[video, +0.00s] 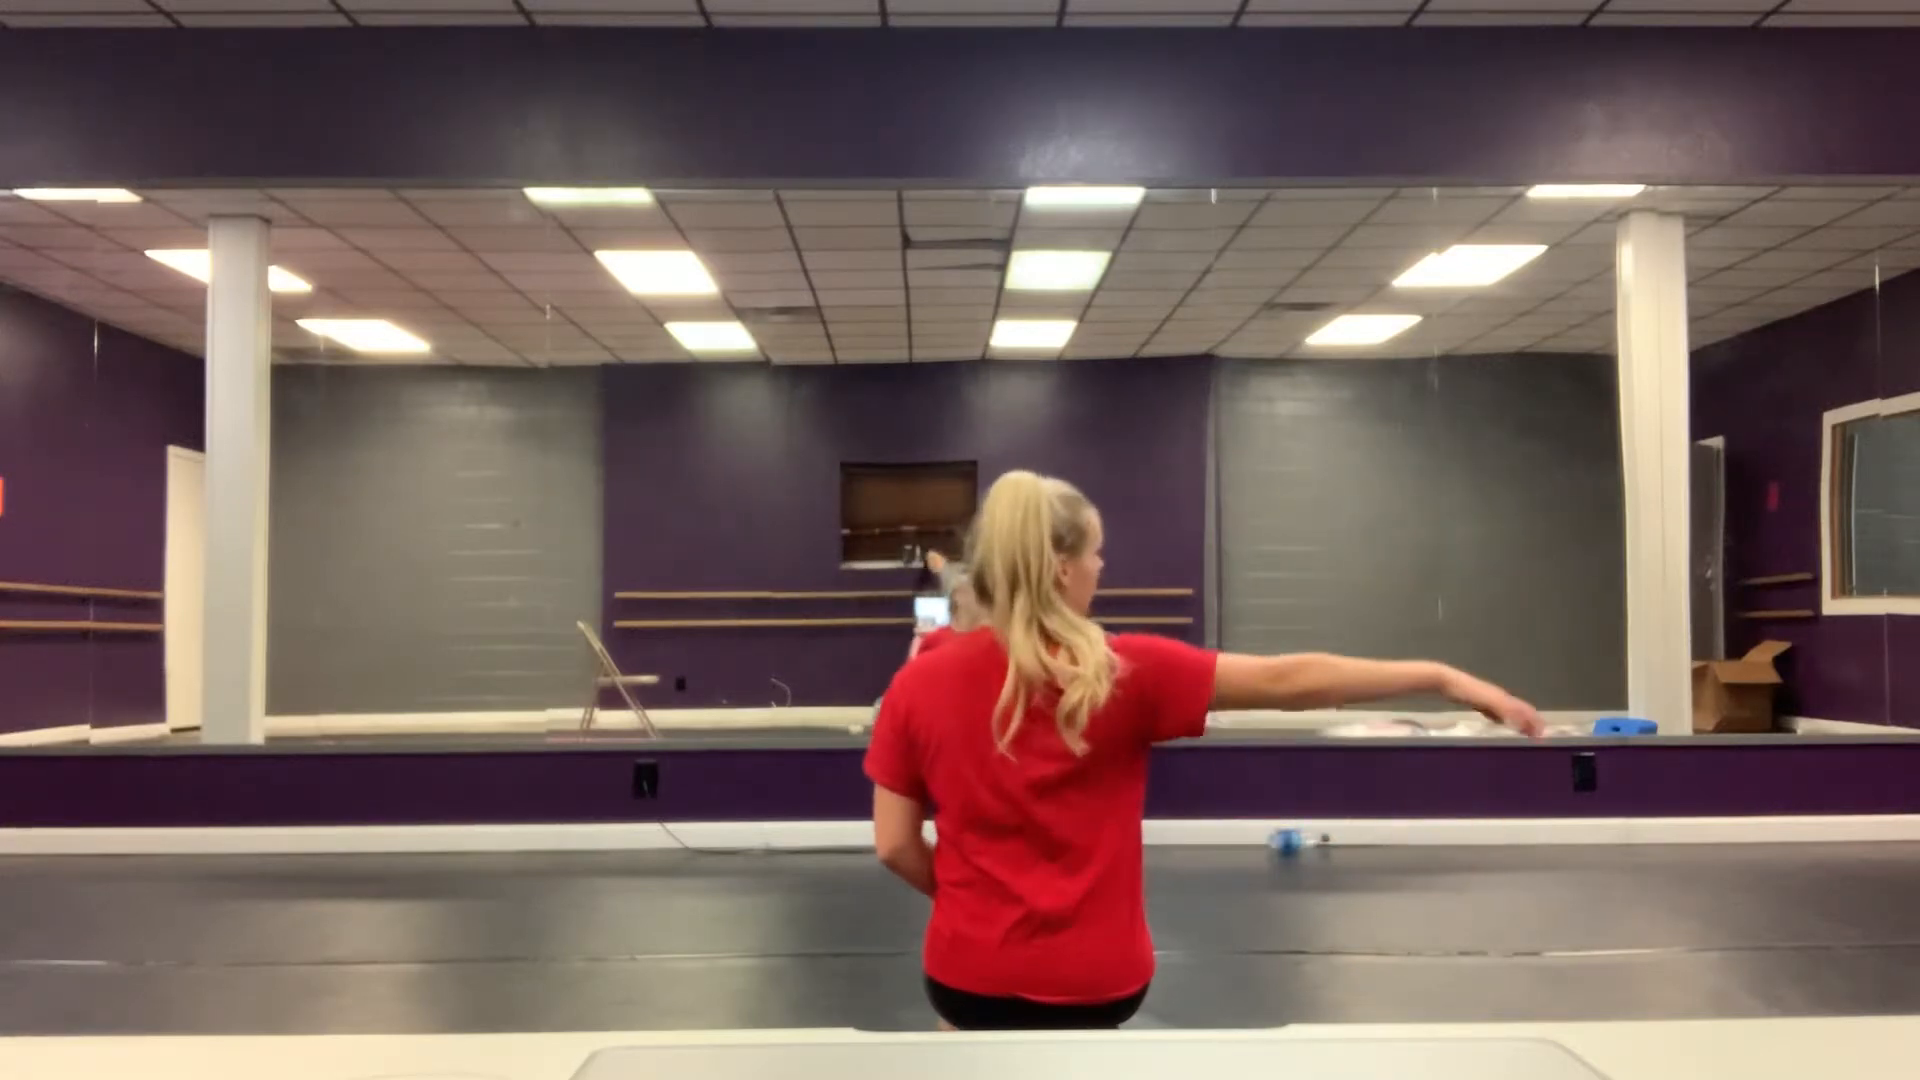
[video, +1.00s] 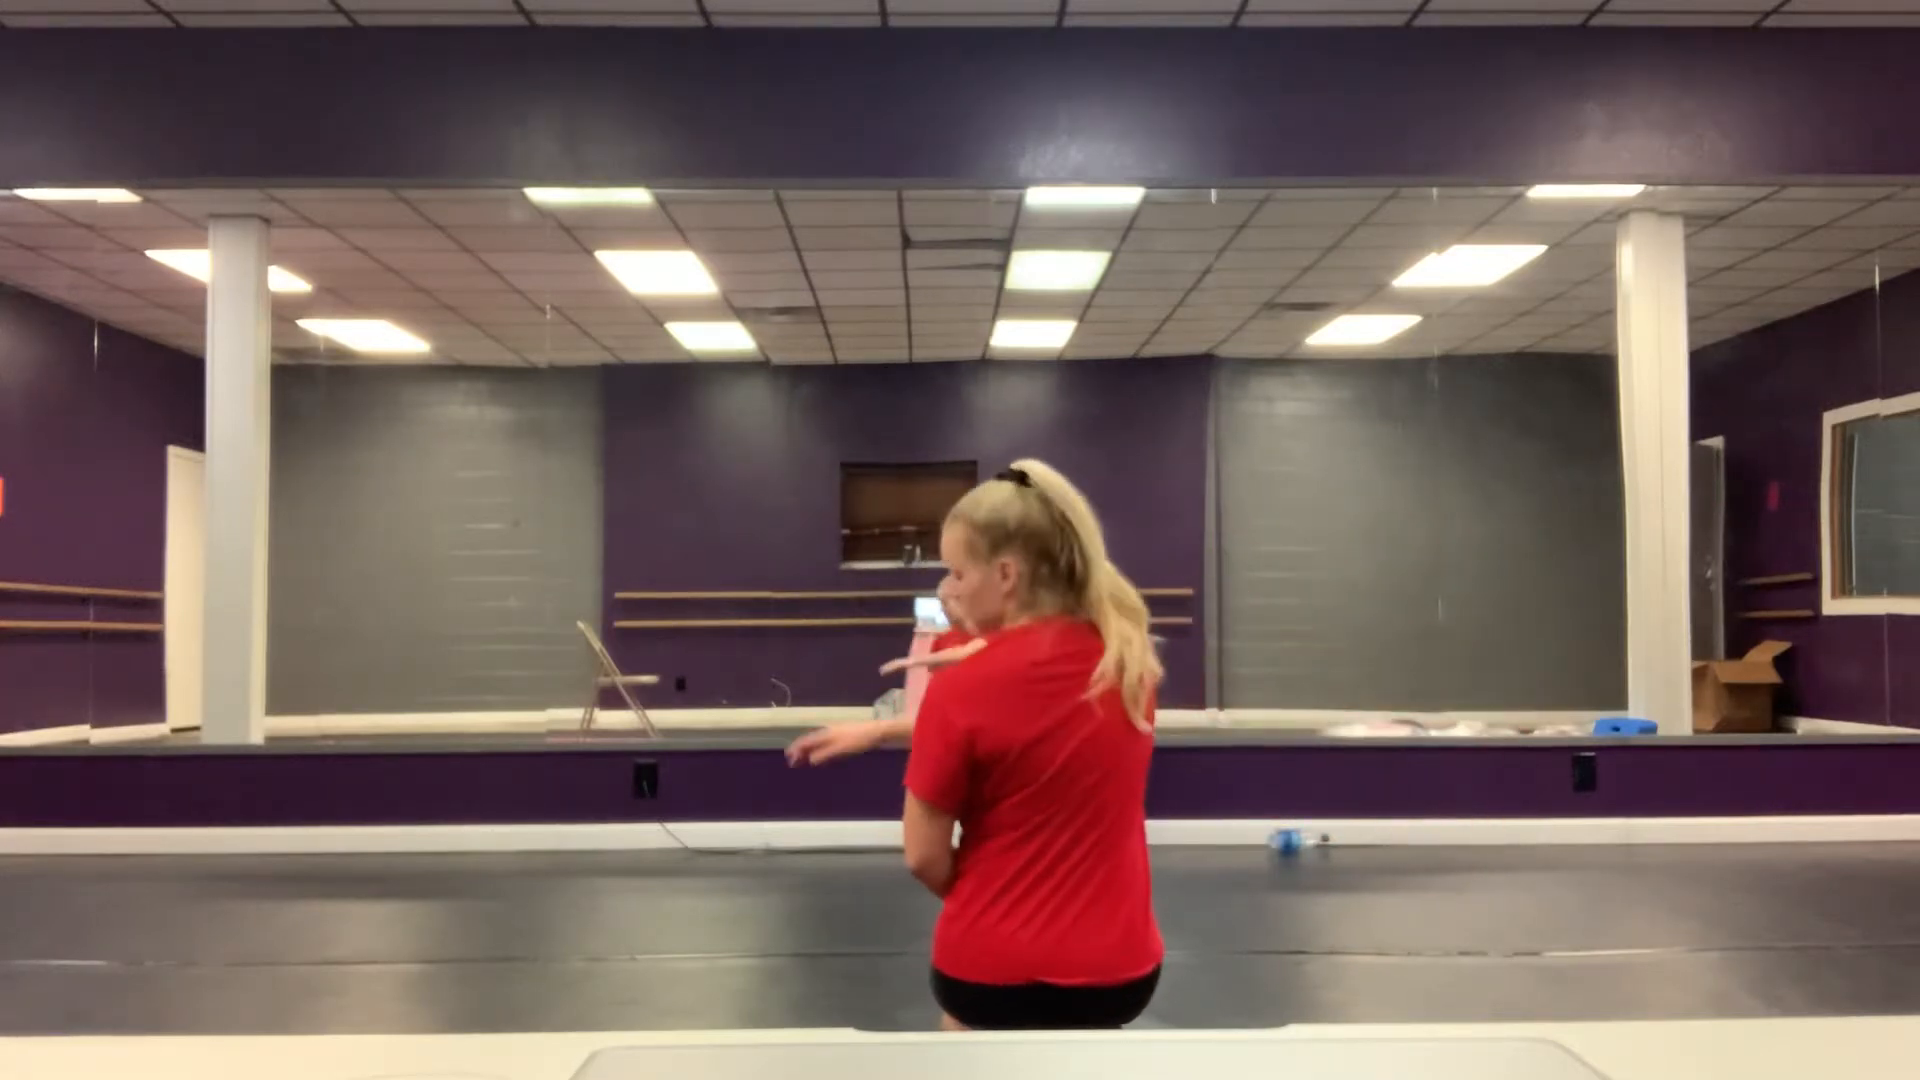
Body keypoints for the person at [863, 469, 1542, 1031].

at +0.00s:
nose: (1100, 572)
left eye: (1098, 554)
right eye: (1093, 556)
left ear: (998, 562)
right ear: (1061, 563)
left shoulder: (924, 673)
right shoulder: (1124, 667)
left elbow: (894, 845)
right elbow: (1290, 679)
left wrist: (964, 895)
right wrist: (1446, 677)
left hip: (966, 966)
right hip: (1100, 971)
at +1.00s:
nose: (945, 592)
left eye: (955, 573)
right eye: (946, 574)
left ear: (1007, 574)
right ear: (1009, 572)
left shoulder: (962, 685)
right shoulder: (1131, 660)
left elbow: (925, 855)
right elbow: (1033, 694)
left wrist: (979, 890)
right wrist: (879, 731)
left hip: (993, 977)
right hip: (1119, 974)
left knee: (965, 1022)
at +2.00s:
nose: (979, 448)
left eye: (983, 438)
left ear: (995, 450)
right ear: (1075, 441)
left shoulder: (941, 566)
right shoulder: (1121, 532)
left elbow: (924, 724)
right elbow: (1092, 448)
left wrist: (968, 790)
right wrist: (975, 448)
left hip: (987, 815)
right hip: (1101, 813)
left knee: (985, 981)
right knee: (1073, 980)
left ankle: (1002, 1040)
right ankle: (1093, 1040)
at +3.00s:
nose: (1127, 517)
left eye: (1125, 501)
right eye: (1121, 501)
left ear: (1020, 499)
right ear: (1077, 505)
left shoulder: (933, 603)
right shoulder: (1119, 602)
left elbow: (893, 756)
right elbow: (1284, 598)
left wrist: (948, 834)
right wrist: (1409, 510)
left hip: (968, 874)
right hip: (1092, 874)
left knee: (977, 1002)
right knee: (1078, 990)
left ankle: (991, 1046)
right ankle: (1092, 1033)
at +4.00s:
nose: (1134, 592)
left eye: (1138, 574)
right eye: (1133, 572)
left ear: (1037, 555)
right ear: (1108, 565)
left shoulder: (934, 658)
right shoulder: (1123, 676)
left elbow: (877, 811)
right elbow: (1226, 821)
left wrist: (940, 880)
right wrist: (1352, 905)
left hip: (964, 957)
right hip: (1094, 956)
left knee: (974, 1062)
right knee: (1094, 1032)